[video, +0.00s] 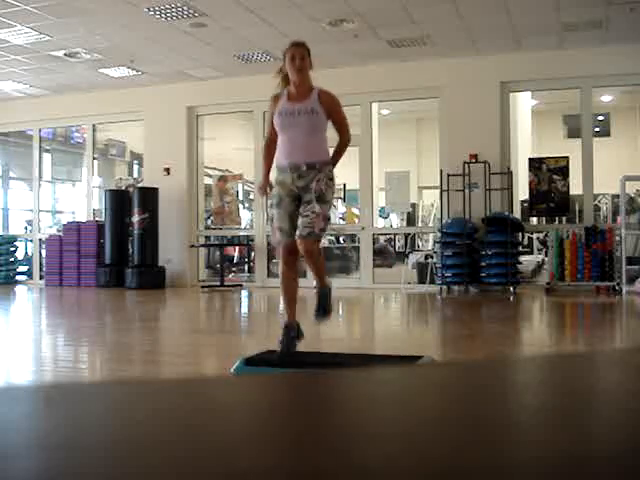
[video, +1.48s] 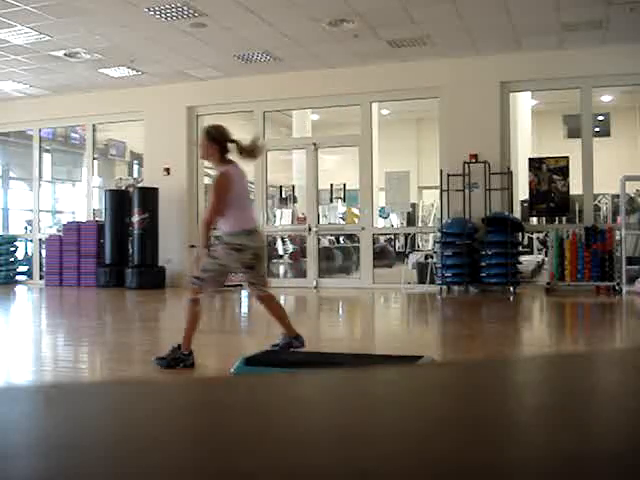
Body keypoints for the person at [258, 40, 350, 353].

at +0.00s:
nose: (298, 62)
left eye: (302, 57)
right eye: (292, 58)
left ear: (310, 63)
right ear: (284, 65)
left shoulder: (325, 98)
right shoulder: (279, 101)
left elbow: (345, 136)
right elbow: (271, 140)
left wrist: (331, 165)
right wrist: (265, 176)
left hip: (318, 174)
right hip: (284, 176)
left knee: (307, 242)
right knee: (287, 251)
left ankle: (323, 287)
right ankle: (290, 323)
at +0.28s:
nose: (305, 81)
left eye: (309, 76)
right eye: (300, 77)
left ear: (317, 82)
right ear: (292, 83)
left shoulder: (329, 117)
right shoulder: (283, 121)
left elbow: (349, 153)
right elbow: (280, 160)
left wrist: (339, 185)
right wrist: (279, 197)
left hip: (325, 194)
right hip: (292, 196)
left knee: (331, 263)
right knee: (293, 262)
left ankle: (351, 287)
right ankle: (296, 331)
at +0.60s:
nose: (313, 128)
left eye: (318, 123)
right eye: (308, 124)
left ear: (326, 126)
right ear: (303, 129)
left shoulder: (342, 159)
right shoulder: (304, 160)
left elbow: (365, 190)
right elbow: (309, 198)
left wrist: (376, 214)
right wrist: (307, 227)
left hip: (347, 229)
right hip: (317, 230)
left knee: (358, 288)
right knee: (303, 270)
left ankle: (377, 339)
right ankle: (298, 331)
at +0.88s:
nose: (305, 118)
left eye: (309, 113)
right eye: (300, 114)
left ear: (317, 117)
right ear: (294, 119)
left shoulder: (325, 145)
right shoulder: (298, 150)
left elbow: (328, 187)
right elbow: (291, 183)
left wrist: (300, 198)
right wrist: (259, 195)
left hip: (337, 214)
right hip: (313, 215)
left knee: (351, 275)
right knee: (296, 272)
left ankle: (372, 332)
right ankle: (312, 320)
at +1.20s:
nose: (262, 130)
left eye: (266, 126)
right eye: (263, 126)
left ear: (279, 129)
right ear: (276, 130)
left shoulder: (285, 157)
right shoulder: (273, 156)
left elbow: (267, 197)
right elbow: (261, 195)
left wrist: (250, 235)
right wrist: (250, 230)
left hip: (293, 221)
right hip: (282, 222)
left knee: (289, 281)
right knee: (288, 281)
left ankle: (328, 328)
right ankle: (312, 330)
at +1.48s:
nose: (200, 150)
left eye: (204, 145)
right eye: (201, 145)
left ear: (216, 147)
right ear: (221, 147)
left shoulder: (224, 175)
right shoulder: (235, 171)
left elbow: (212, 214)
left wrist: (203, 248)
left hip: (234, 241)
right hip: (250, 238)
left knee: (197, 289)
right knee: (260, 291)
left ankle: (184, 350)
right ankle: (292, 336)